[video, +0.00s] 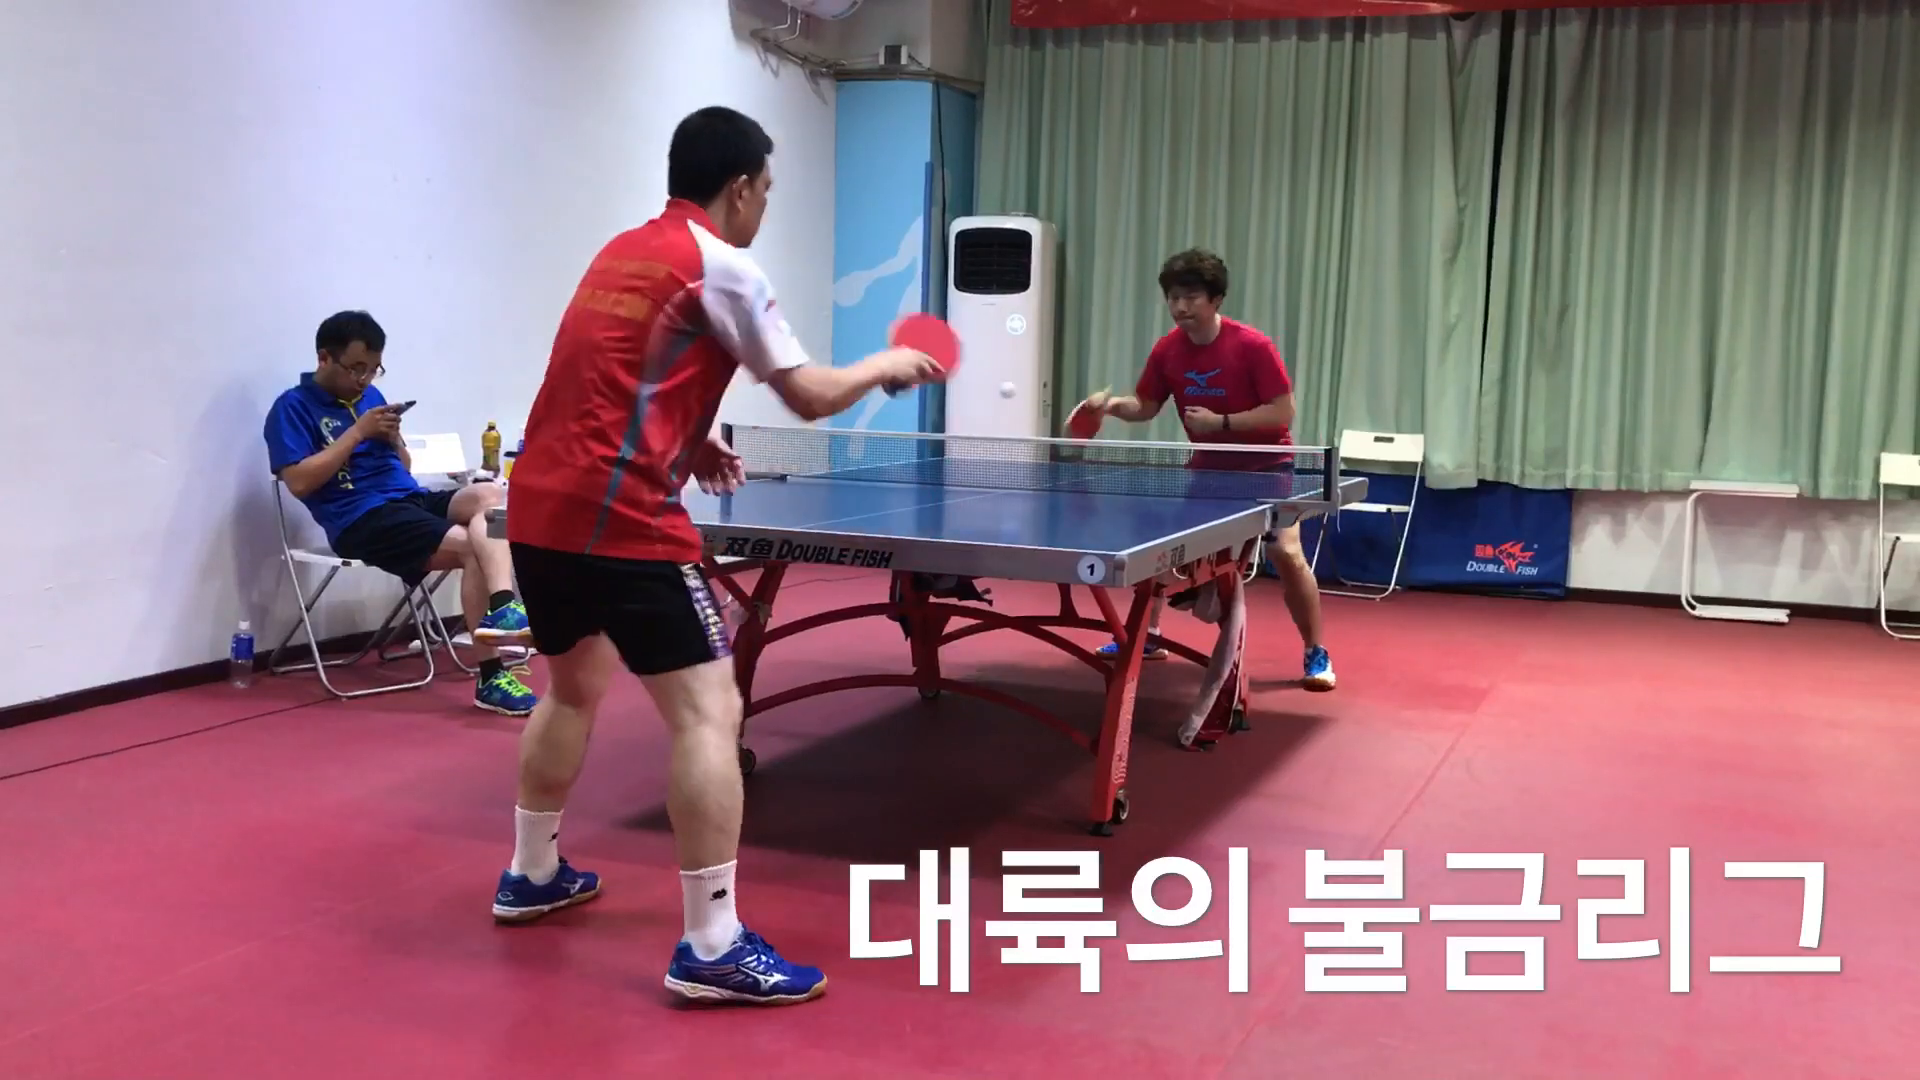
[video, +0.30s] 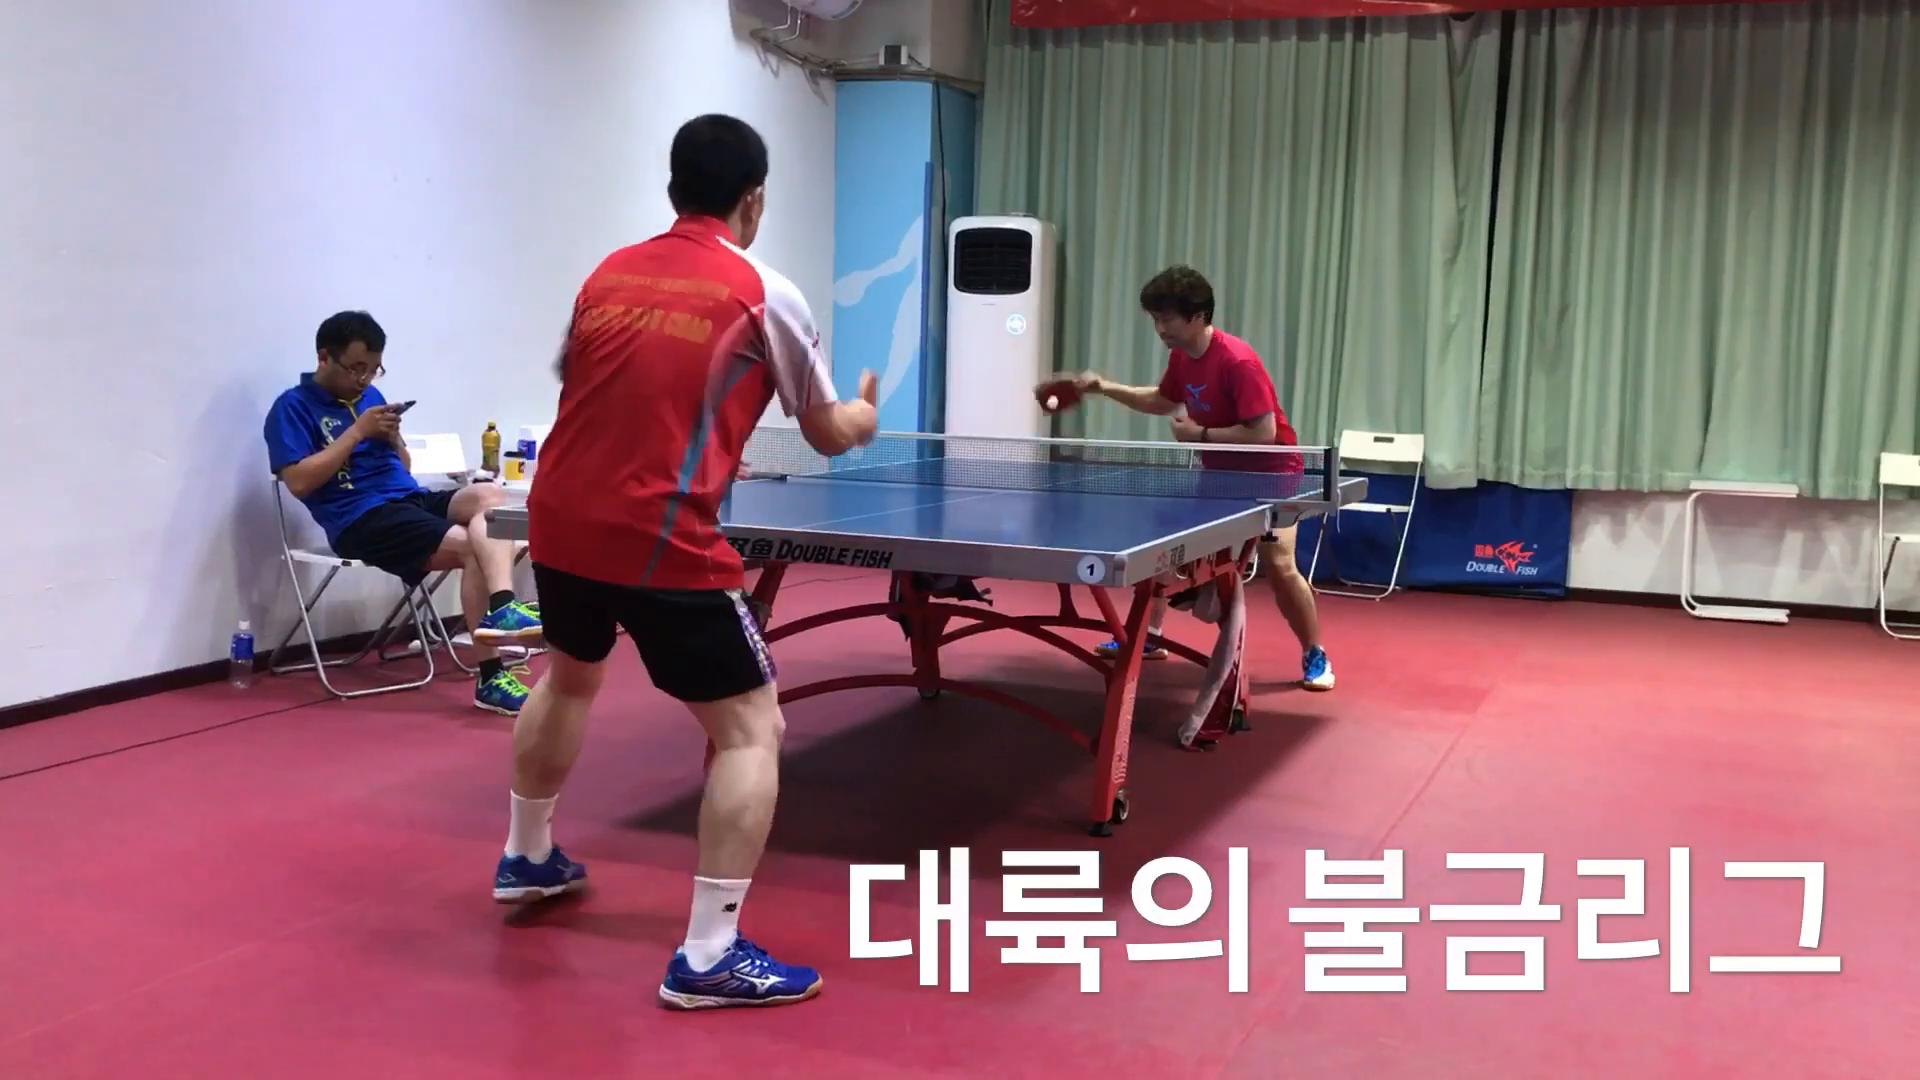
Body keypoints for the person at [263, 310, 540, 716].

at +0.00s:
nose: (364, 380)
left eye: (372, 370)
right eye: (356, 369)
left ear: (378, 365)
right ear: (324, 359)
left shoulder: (370, 397)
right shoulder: (292, 407)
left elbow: (404, 466)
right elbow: (299, 483)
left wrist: (393, 436)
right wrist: (359, 431)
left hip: (410, 501)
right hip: (363, 519)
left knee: (489, 495)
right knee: (479, 548)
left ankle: (503, 602)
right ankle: (491, 678)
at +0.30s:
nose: (364, 380)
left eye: (371, 371)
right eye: (356, 369)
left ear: (377, 365)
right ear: (324, 359)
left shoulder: (369, 396)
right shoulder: (291, 408)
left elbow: (404, 466)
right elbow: (299, 482)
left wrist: (393, 436)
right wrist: (358, 432)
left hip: (409, 501)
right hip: (363, 519)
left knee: (489, 495)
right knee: (479, 550)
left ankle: (504, 605)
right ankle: (492, 677)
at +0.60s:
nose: (364, 380)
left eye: (371, 371)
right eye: (356, 369)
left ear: (377, 366)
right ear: (325, 358)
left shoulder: (369, 396)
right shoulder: (292, 408)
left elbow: (404, 466)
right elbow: (299, 482)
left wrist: (393, 437)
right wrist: (358, 431)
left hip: (410, 501)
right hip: (363, 519)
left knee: (491, 495)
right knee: (479, 550)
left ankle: (502, 601)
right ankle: (492, 678)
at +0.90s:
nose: (366, 381)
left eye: (373, 371)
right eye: (358, 370)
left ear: (378, 366)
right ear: (325, 358)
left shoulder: (370, 397)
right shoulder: (290, 407)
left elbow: (403, 468)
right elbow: (294, 482)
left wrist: (395, 437)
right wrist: (356, 432)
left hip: (410, 500)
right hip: (364, 519)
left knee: (487, 497)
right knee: (476, 546)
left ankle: (491, 613)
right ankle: (492, 674)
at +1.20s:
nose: (367, 381)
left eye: (374, 371)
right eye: (358, 371)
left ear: (379, 365)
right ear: (325, 359)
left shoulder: (370, 397)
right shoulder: (291, 407)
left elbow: (404, 467)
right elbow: (294, 482)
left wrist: (394, 438)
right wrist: (358, 434)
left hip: (410, 500)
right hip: (363, 520)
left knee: (489, 494)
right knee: (476, 546)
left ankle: (501, 601)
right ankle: (491, 674)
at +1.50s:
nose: (366, 382)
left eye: (374, 372)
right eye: (358, 371)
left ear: (380, 366)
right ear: (327, 358)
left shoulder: (370, 398)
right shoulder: (291, 408)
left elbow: (404, 467)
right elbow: (294, 483)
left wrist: (393, 438)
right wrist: (358, 434)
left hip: (409, 500)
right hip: (361, 519)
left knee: (484, 499)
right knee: (477, 548)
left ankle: (496, 611)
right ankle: (491, 677)